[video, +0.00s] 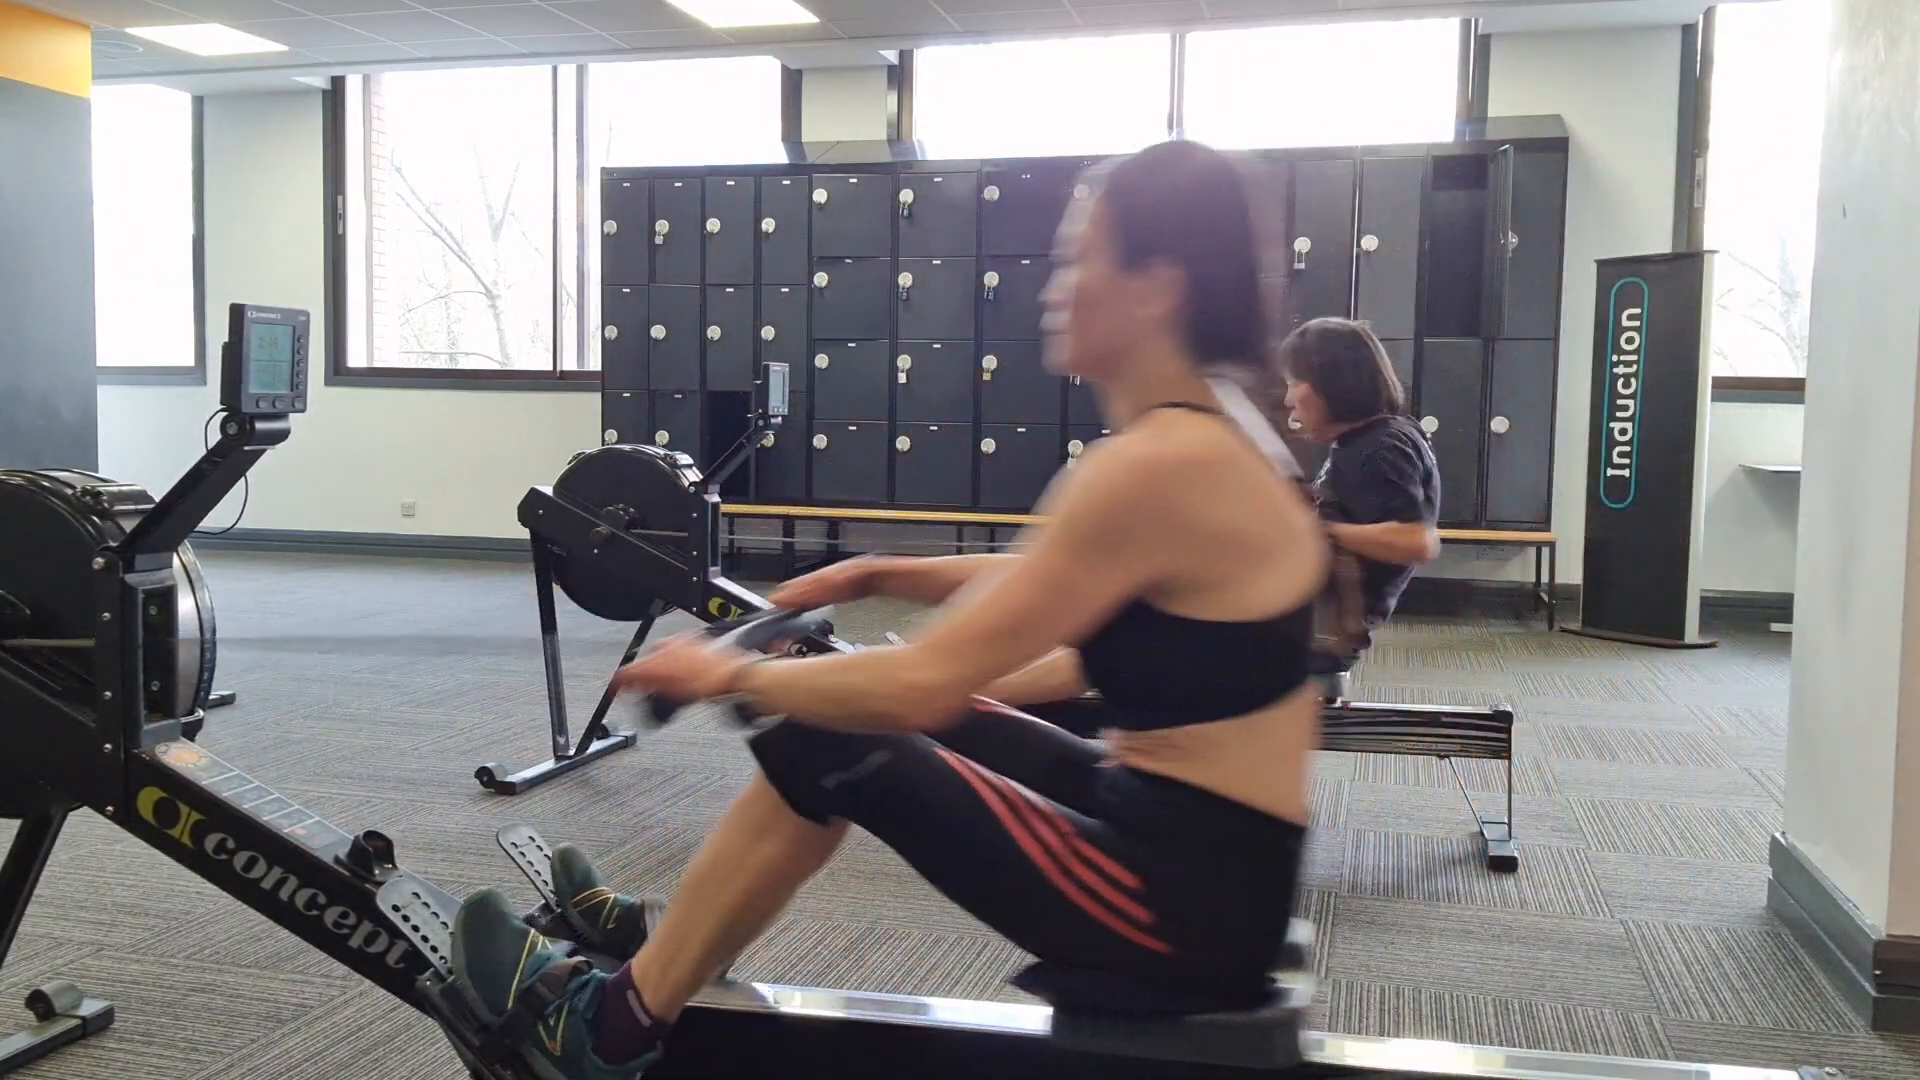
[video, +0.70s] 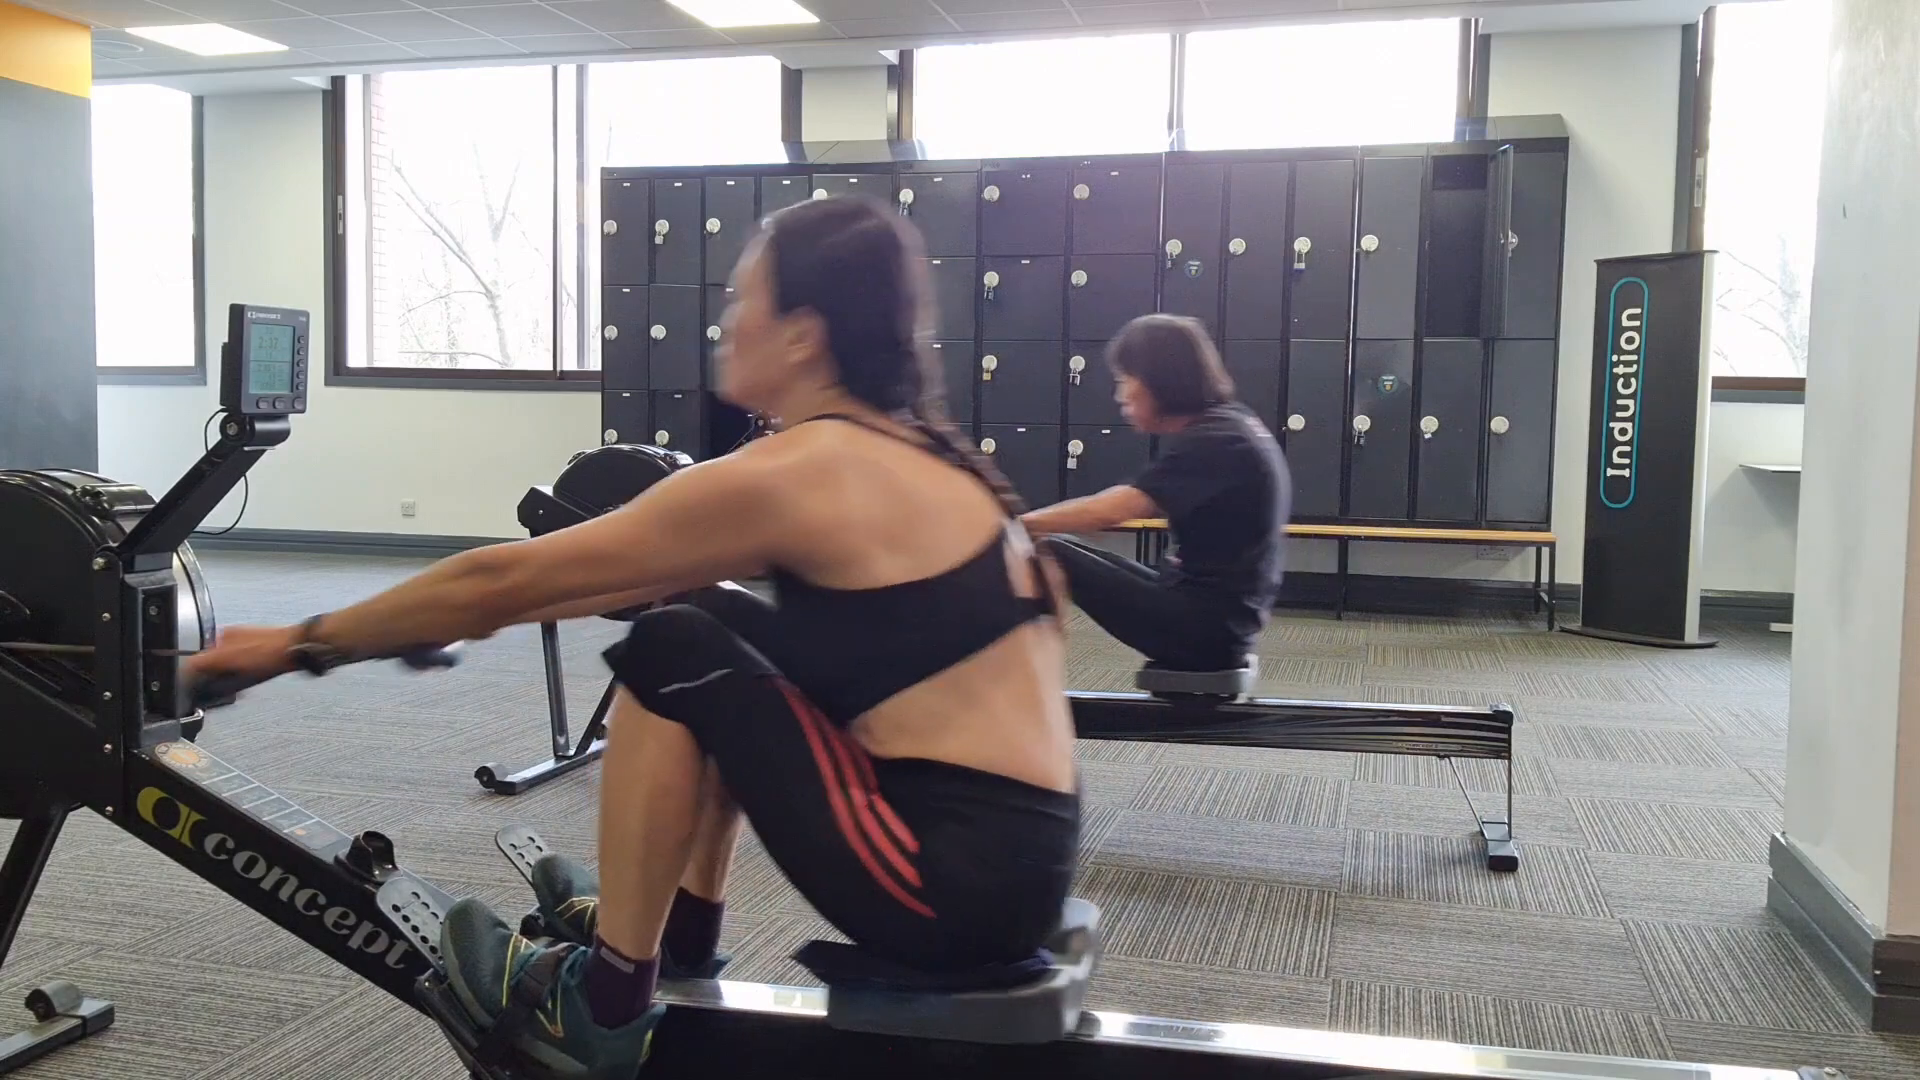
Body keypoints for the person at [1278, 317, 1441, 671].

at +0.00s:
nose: (1287, 400)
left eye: (1295, 383)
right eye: (1289, 384)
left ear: (1332, 385)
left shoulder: (1382, 451)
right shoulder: (1358, 443)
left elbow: (1420, 542)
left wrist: (1321, 532)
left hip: (1321, 647)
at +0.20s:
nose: (1266, 401)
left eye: (1272, 382)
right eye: (1266, 385)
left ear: (1312, 384)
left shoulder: (1368, 442)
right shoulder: (1333, 441)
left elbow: (1413, 536)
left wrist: (1301, 531)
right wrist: (1279, 530)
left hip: (1302, 637)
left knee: (1149, 610)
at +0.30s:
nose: (1250, 399)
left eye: (1257, 382)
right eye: (1251, 384)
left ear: (1298, 384)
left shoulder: (1350, 442)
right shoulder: (1322, 438)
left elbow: (1362, 541)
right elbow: (1294, 519)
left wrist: (1251, 534)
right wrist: (1239, 530)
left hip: (1296, 635)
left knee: (1120, 606)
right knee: (1126, 590)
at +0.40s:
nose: (1226, 397)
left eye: (1233, 381)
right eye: (1227, 382)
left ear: (1271, 380)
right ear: (1277, 382)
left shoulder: (1329, 438)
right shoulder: (1302, 434)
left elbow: (1298, 535)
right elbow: (1268, 504)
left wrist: (1189, 531)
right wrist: (1187, 526)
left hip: (1284, 633)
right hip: (1262, 613)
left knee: (1105, 595)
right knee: (1105, 584)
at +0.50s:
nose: (1196, 396)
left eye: (1203, 380)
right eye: (1196, 381)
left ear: (1241, 380)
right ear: (1248, 380)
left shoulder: (1299, 441)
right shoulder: (1278, 435)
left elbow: (1235, 526)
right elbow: (1227, 495)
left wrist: (1130, 528)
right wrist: (1131, 527)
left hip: (1263, 633)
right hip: (1246, 614)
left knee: (1086, 585)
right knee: (1087, 577)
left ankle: (1002, 683)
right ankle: (1007, 678)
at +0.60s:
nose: (1158, 397)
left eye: (1164, 382)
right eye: (1159, 383)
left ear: (1203, 381)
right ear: (1216, 381)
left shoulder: (1263, 444)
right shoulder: (1266, 432)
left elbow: (1174, 516)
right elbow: (1173, 498)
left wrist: (1070, 531)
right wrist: (1073, 529)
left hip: (1233, 637)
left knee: (1069, 569)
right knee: (1071, 559)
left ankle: (1005, 673)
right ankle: (1008, 665)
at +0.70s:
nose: (1119, 398)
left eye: (1125, 382)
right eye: (1119, 383)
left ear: (1162, 382)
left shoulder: (1215, 441)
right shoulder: (1232, 428)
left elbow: (1105, 514)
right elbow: (1115, 508)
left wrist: (1017, 527)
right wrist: (1023, 526)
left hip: (1207, 637)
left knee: (1050, 555)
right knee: (1052, 548)